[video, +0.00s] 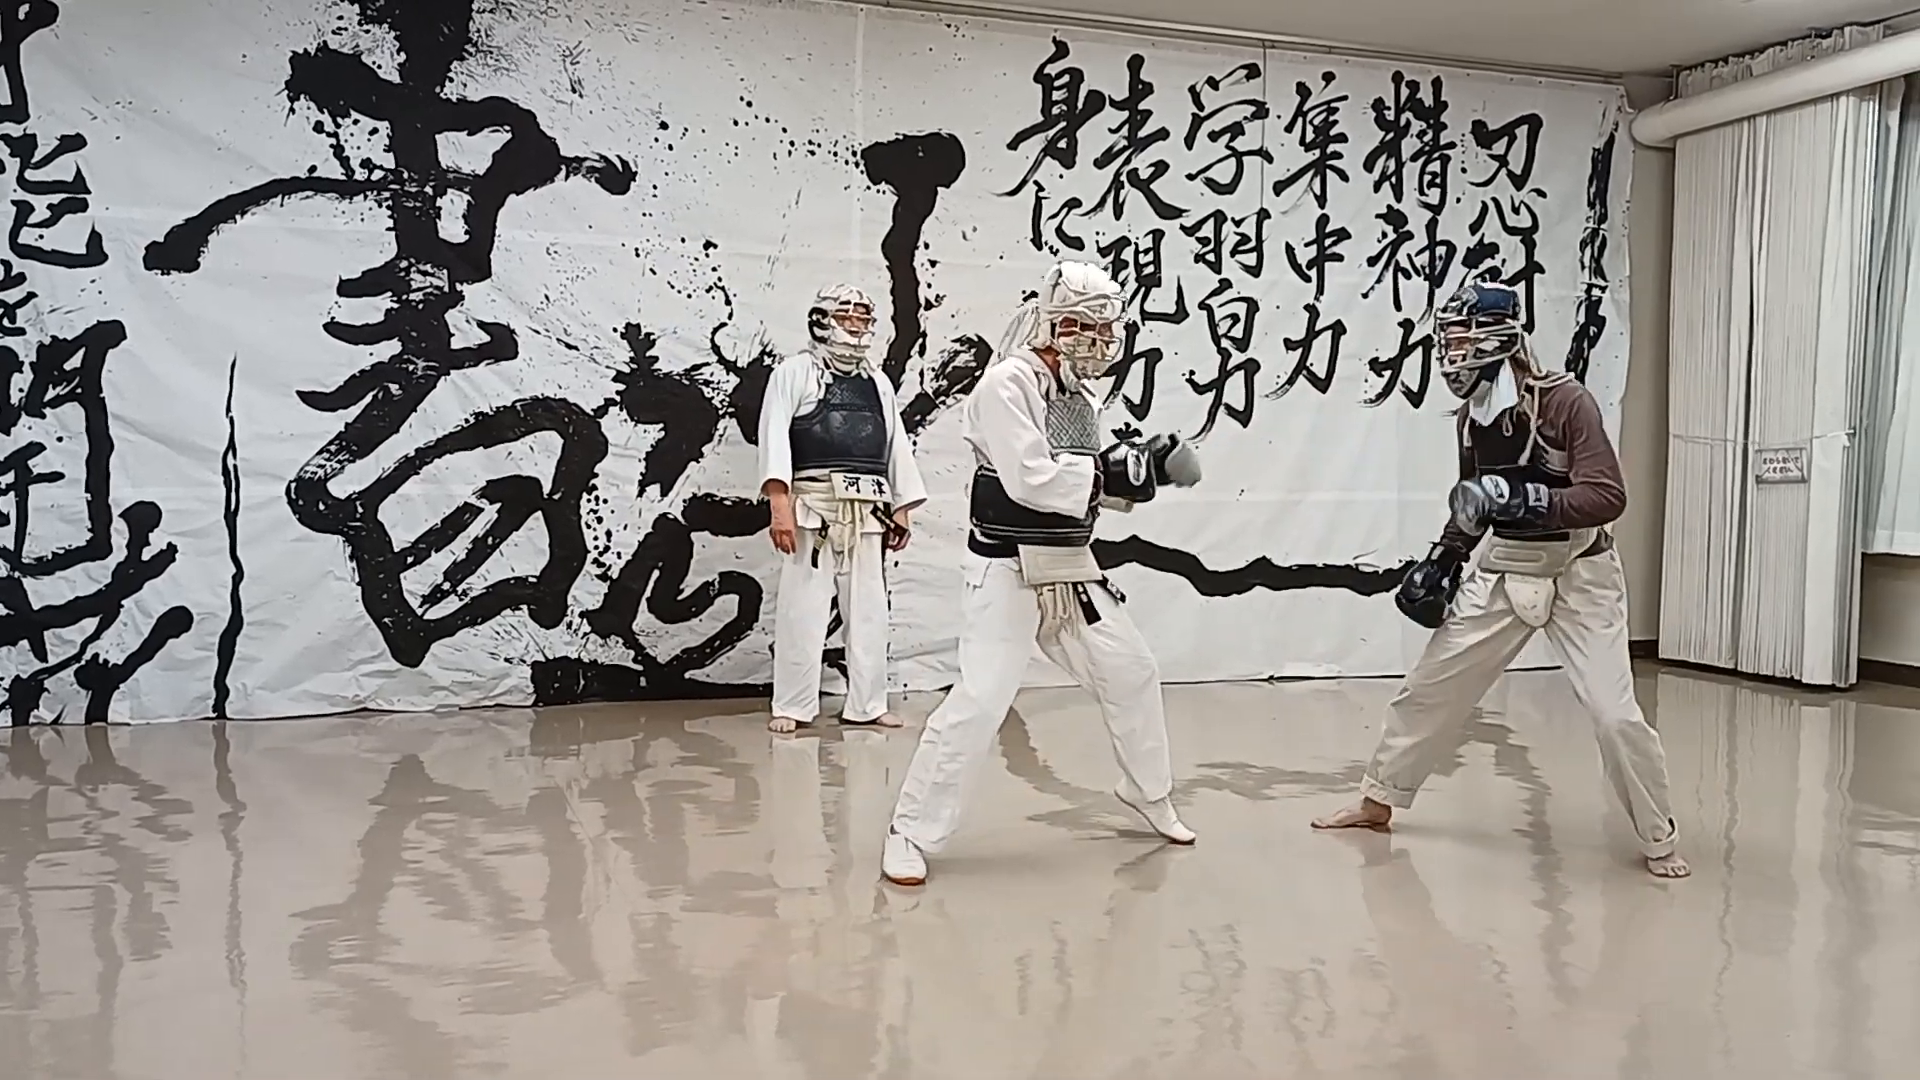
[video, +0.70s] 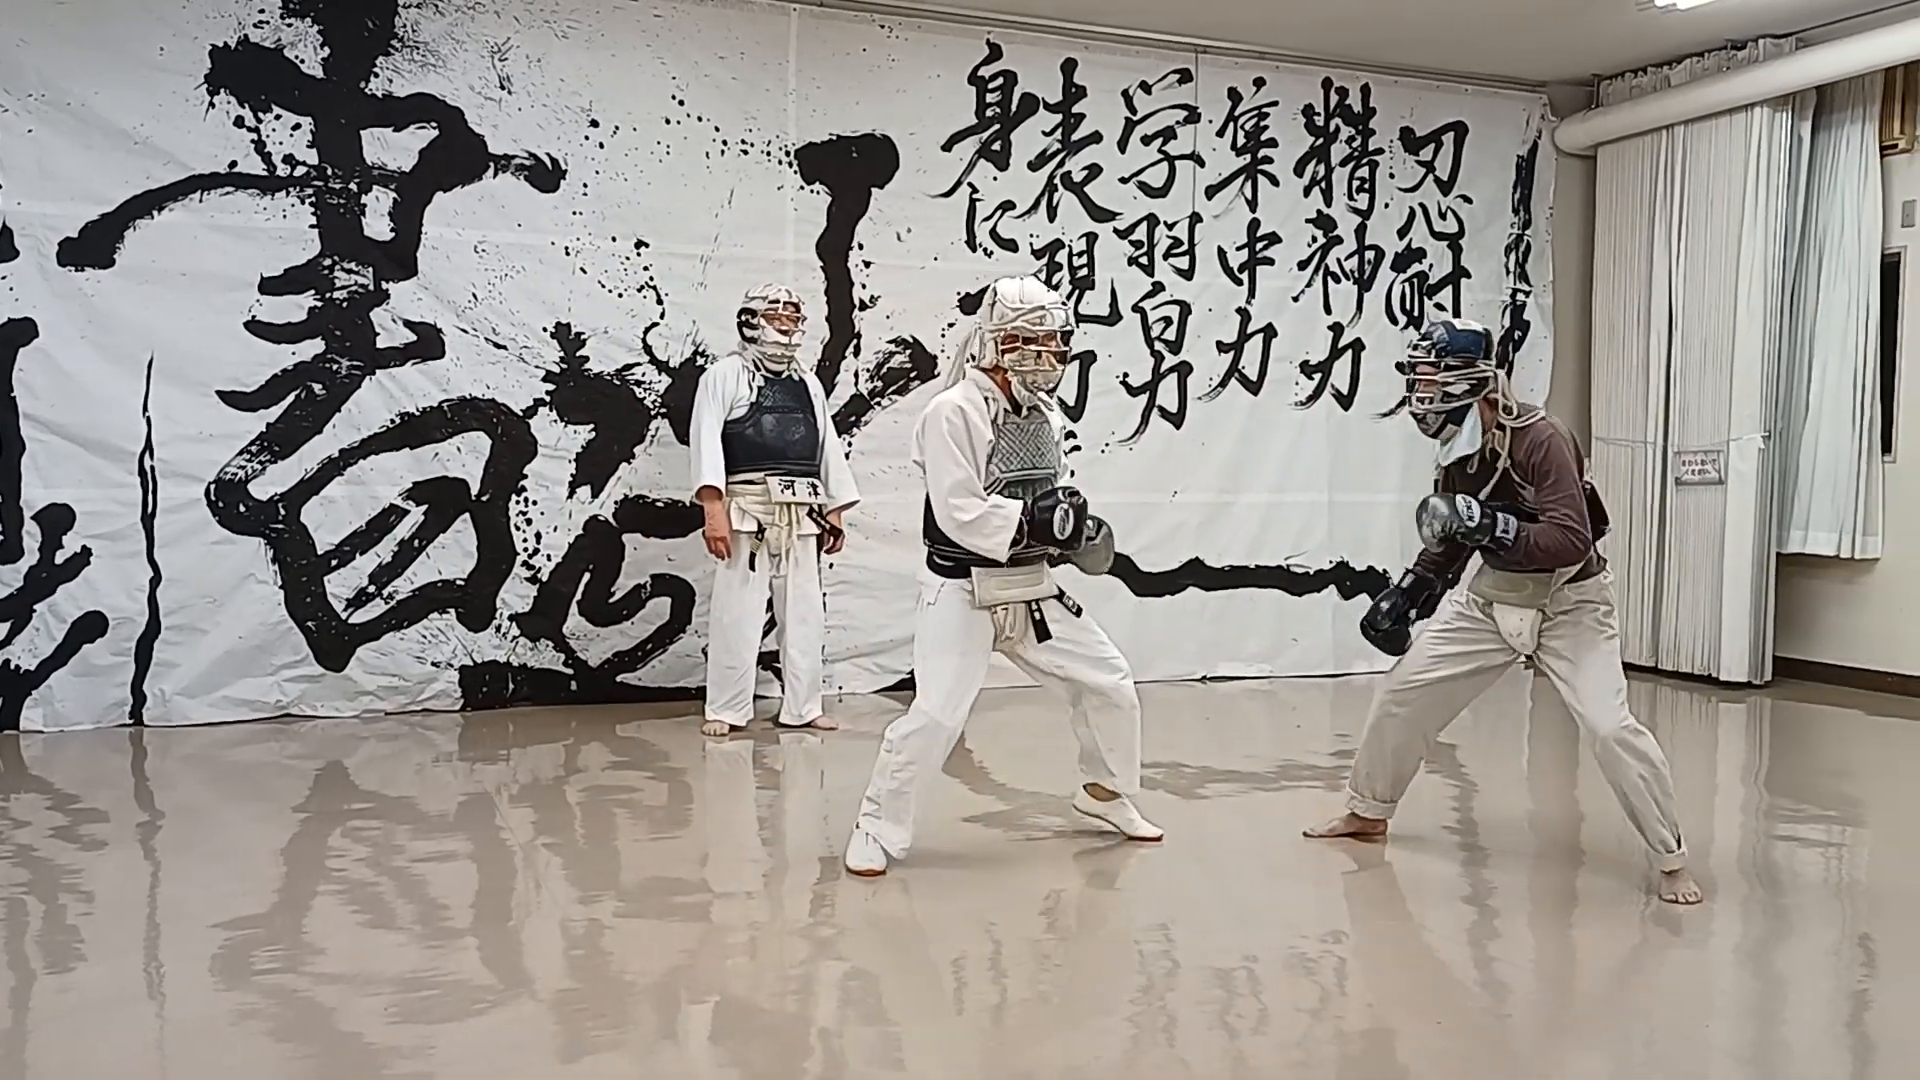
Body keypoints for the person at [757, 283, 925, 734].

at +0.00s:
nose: (855, 326)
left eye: (863, 320)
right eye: (846, 317)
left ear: (871, 326)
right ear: (823, 320)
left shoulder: (878, 380)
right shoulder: (794, 371)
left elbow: (896, 446)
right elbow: (774, 439)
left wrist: (903, 508)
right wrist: (780, 505)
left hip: (868, 509)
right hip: (809, 507)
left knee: (869, 612)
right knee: (802, 612)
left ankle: (866, 706)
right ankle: (792, 709)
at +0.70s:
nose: (788, 324)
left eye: (794, 318)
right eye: (778, 316)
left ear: (799, 326)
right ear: (754, 320)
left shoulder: (808, 381)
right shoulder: (724, 374)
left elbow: (828, 447)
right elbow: (706, 443)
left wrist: (835, 510)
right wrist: (713, 509)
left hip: (802, 511)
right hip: (743, 510)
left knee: (805, 614)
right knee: (736, 615)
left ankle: (802, 708)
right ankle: (726, 713)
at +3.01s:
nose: (713, 320)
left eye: (721, 314)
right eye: (703, 312)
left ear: (729, 323)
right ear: (680, 318)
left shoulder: (740, 379)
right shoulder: (654, 372)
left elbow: (760, 447)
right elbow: (634, 442)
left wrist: (766, 511)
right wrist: (641, 510)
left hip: (733, 511)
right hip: (671, 510)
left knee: (736, 615)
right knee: (664, 616)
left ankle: (732, 709)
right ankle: (655, 714)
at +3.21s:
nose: (705, 320)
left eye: (713, 314)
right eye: (695, 312)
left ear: (722, 322)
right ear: (674, 318)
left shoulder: (734, 379)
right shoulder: (647, 372)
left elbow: (754, 447)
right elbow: (628, 442)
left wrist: (760, 511)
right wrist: (635, 509)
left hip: (728, 510)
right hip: (666, 509)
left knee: (730, 615)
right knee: (659, 616)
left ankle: (726, 709)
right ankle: (650, 714)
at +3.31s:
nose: (705, 322)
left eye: (713, 316)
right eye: (695, 314)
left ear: (720, 324)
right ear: (673, 318)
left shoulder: (734, 379)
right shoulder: (647, 371)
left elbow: (754, 447)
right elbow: (628, 442)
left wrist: (760, 513)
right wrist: (635, 510)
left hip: (726, 510)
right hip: (665, 509)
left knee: (729, 616)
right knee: (658, 617)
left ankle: (725, 710)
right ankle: (649, 715)